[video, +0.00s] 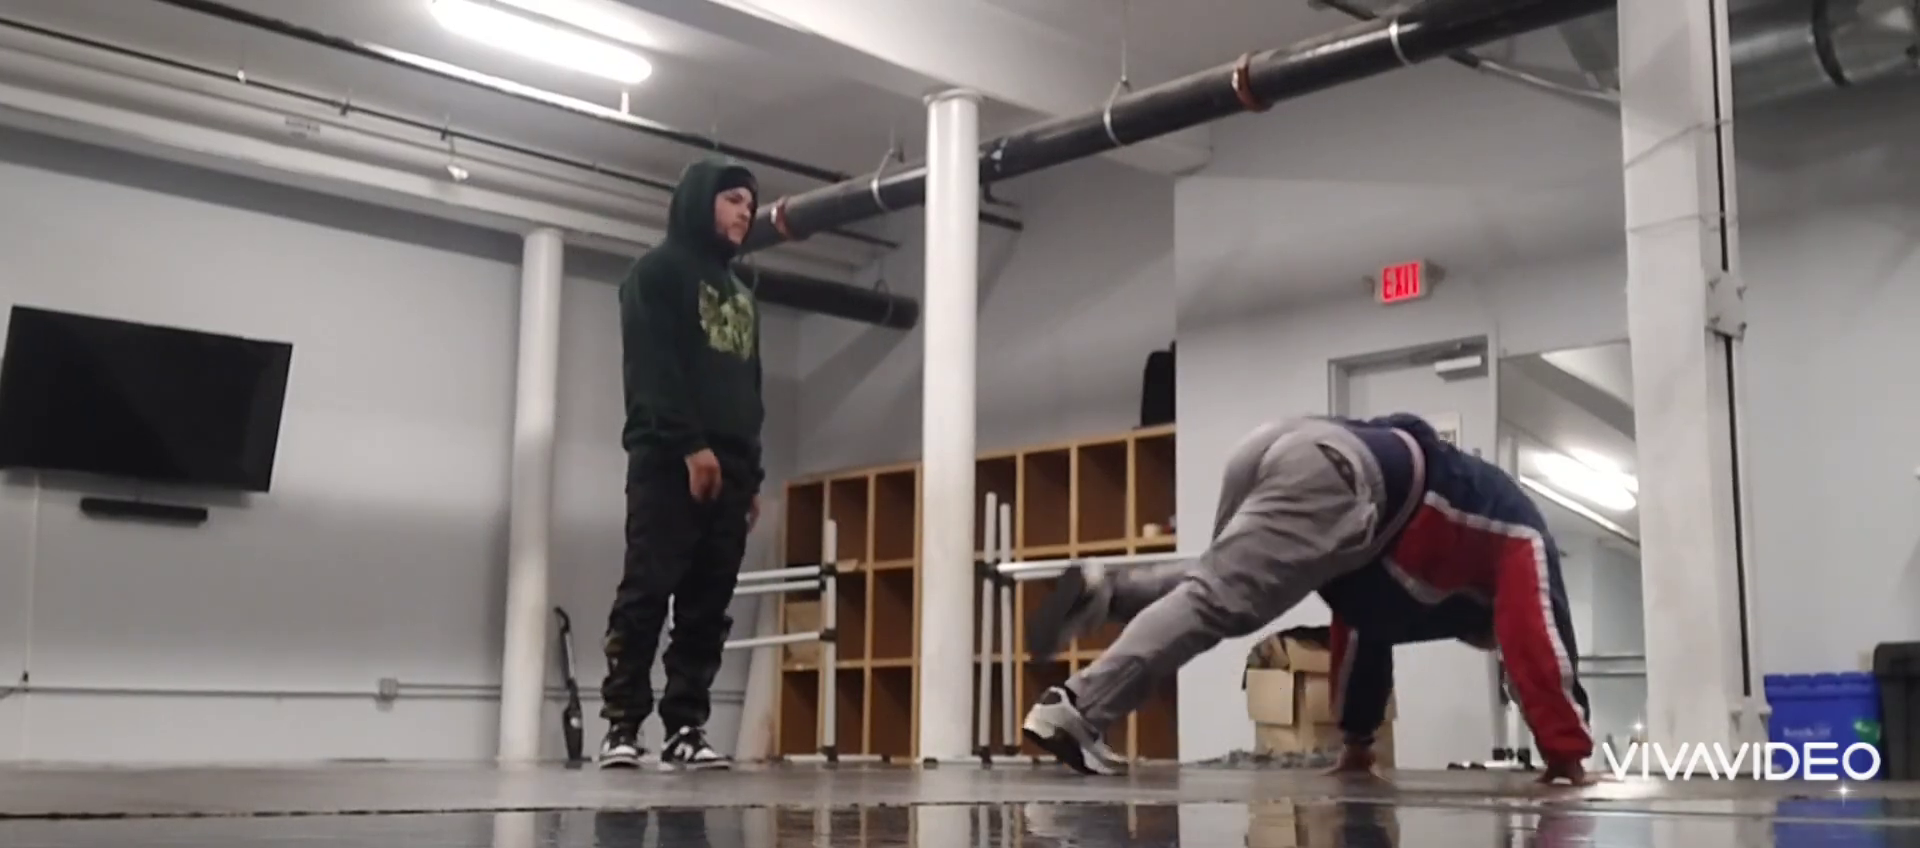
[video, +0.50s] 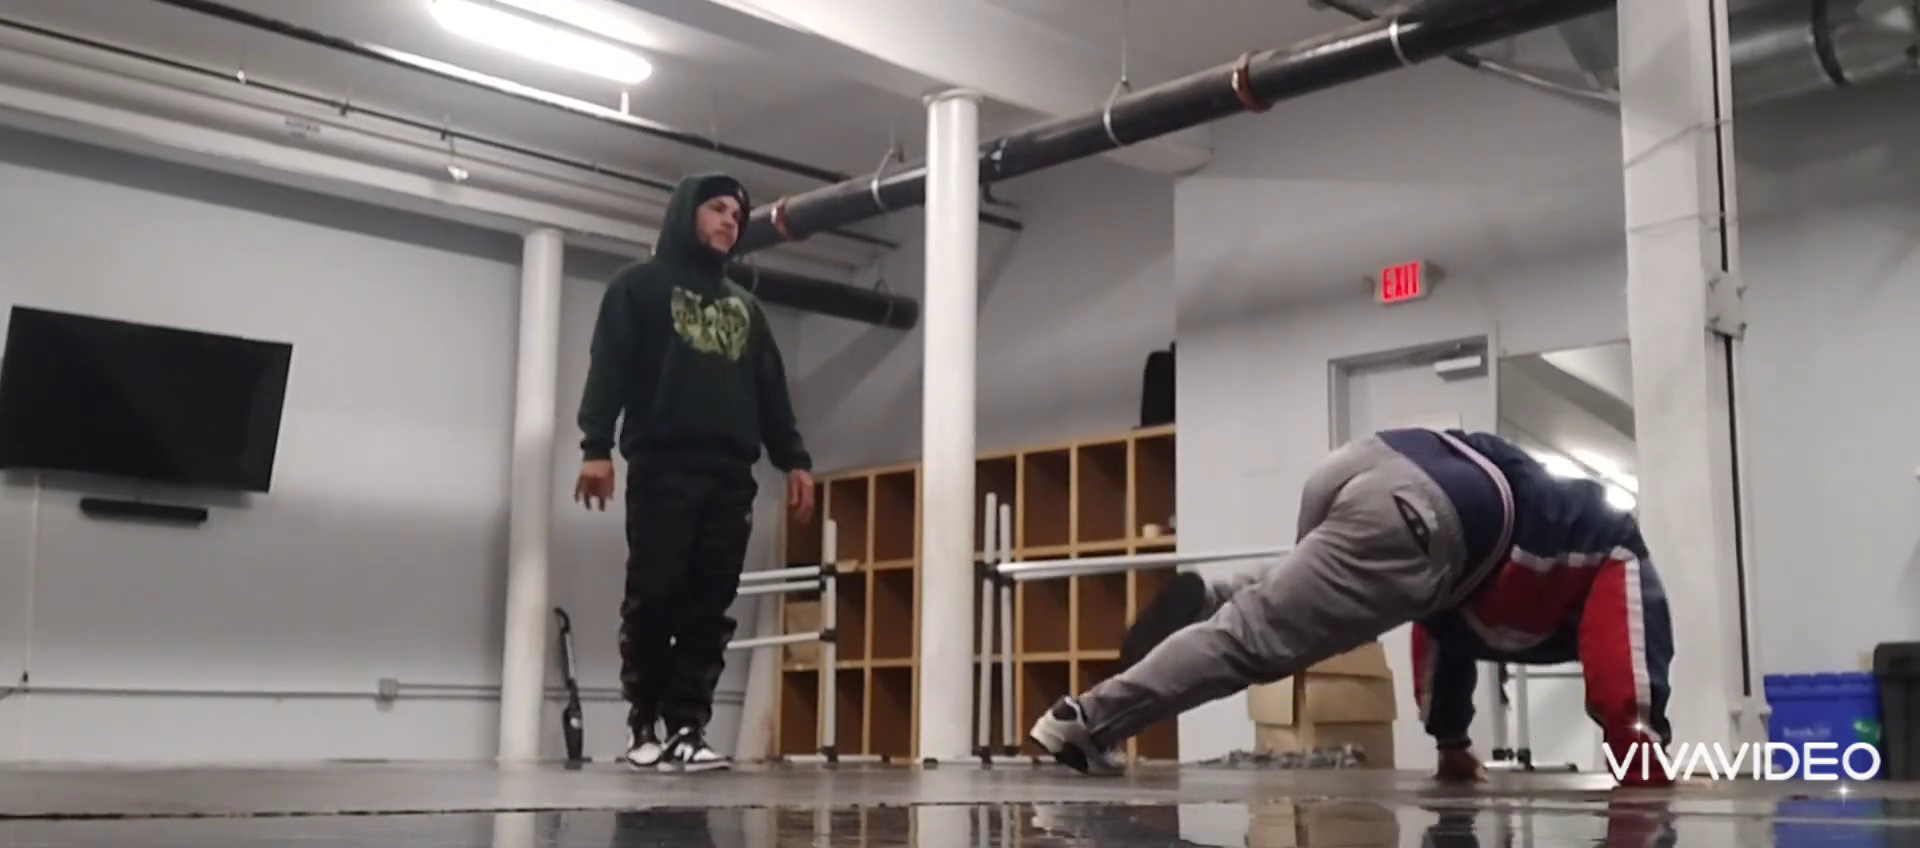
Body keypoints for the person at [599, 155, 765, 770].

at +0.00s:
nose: (743, 212)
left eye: (748, 204)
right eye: (732, 200)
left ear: (750, 216)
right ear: (699, 203)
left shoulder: (739, 290)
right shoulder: (657, 271)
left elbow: (746, 386)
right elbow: (655, 371)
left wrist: (750, 474)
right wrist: (691, 444)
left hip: (729, 462)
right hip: (664, 456)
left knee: (706, 603)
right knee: (647, 590)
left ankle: (684, 732)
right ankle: (623, 729)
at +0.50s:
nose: (729, 223)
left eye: (735, 217)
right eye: (719, 211)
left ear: (738, 230)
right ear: (686, 213)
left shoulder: (742, 304)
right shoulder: (638, 286)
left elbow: (770, 389)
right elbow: (607, 369)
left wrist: (795, 461)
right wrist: (597, 451)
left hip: (729, 473)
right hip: (661, 468)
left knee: (710, 606)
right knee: (653, 596)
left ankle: (689, 732)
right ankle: (645, 728)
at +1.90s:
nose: (776, 248)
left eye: (781, 242)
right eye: (766, 237)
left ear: (781, 253)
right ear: (734, 241)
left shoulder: (777, 325)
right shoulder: (691, 307)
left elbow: (793, 409)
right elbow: (676, 392)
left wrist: (805, 477)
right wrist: (690, 469)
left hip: (771, 489)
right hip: (713, 484)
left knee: (763, 617)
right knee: (685, 610)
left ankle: (758, 735)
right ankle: (649, 734)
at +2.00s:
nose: (789, 251)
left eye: (794, 244)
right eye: (779, 239)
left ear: (795, 255)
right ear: (748, 241)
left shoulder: (787, 325)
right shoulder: (707, 308)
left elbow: (804, 409)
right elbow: (697, 394)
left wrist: (817, 481)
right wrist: (711, 471)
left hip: (785, 489)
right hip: (730, 485)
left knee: (770, 615)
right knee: (703, 607)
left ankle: (758, 735)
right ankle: (655, 732)